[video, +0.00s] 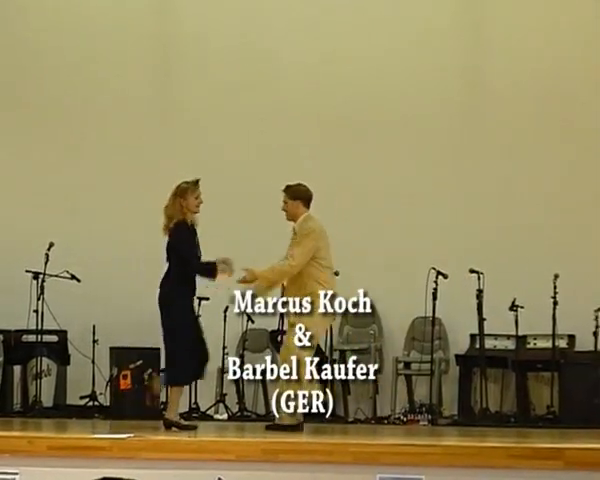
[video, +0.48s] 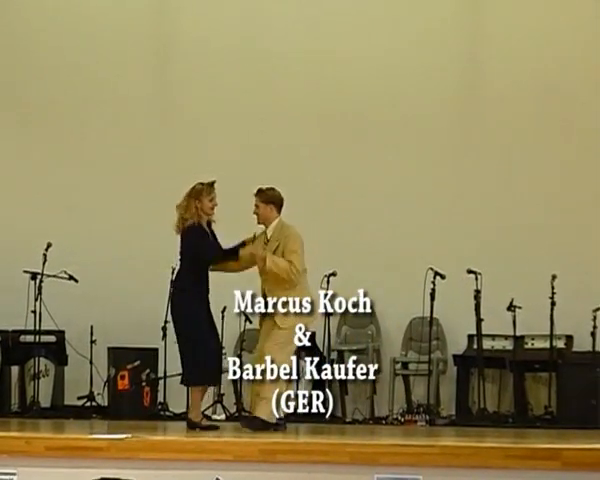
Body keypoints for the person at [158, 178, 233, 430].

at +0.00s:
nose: (200, 202)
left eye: (200, 198)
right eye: (196, 198)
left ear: (189, 201)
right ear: (183, 201)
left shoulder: (187, 228)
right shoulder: (181, 229)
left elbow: (191, 264)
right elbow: (189, 265)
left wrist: (215, 265)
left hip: (179, 295)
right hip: (175, 297)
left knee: (184, 351)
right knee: (188, 351)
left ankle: (173, 412)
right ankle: (171, 413)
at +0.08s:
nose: (204, 198)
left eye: (204, 193)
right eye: (200, 194)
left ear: (193, 196)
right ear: (188, 196)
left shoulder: (189, 221)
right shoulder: (186, 222)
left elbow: (196, 252)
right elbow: (195, 254)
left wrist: (221, 248)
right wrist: (223, 252)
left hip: (181, 291)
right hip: (179, 293)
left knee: (186, 349)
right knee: (187, 350)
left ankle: (176, 409)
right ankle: (174, 411)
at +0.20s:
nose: (210, 198)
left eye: (210, 194)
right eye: (206, 194)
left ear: (199, 196)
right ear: (193, 196)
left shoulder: (196, 220)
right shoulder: (189, 220)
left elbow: (205, 248)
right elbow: (202, 250)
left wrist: (228, 237)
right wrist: (232, 247)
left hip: (191, 292)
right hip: (183, 292)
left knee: (205, 348)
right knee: (197, 349)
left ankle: (200, 411)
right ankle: (192, 412)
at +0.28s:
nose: (211, 202)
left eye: (211, 198)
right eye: (207, 198)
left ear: (202, 200)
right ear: (194, 201)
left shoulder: (199, 225)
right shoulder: (189, 226)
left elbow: (214, 244)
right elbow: (207, 249)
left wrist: (234, 231)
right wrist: (238, 246)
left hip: (193, 294)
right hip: (186, 295)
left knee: (205, 352)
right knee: (202, 352)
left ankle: (199, 413)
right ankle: (196, 414)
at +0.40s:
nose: (213, 201)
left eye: (213, 197)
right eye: (209, 197)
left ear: (200, 200)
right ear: (195, 200)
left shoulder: (201, 224)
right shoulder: (193, 226)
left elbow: (220, 242)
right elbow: (213, 246)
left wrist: (244, 230)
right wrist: (244, 234)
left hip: (194, 293)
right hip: (187, 294)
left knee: (205, 350)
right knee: (202, 351)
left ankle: (199, 412)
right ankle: (195, 414)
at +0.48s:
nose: (214, 204)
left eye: (215, 199)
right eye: (210, 200)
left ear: (208, 202)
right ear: (197, 202)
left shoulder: (205, 228)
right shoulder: (194, 230)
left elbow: (219, 253)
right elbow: (212, 257)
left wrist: (245, 245)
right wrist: (243, 249)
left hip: (196, 296)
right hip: (187, 298)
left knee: (205, 349)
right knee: (203, 349)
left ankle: (195, 412)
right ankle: (194, 413)